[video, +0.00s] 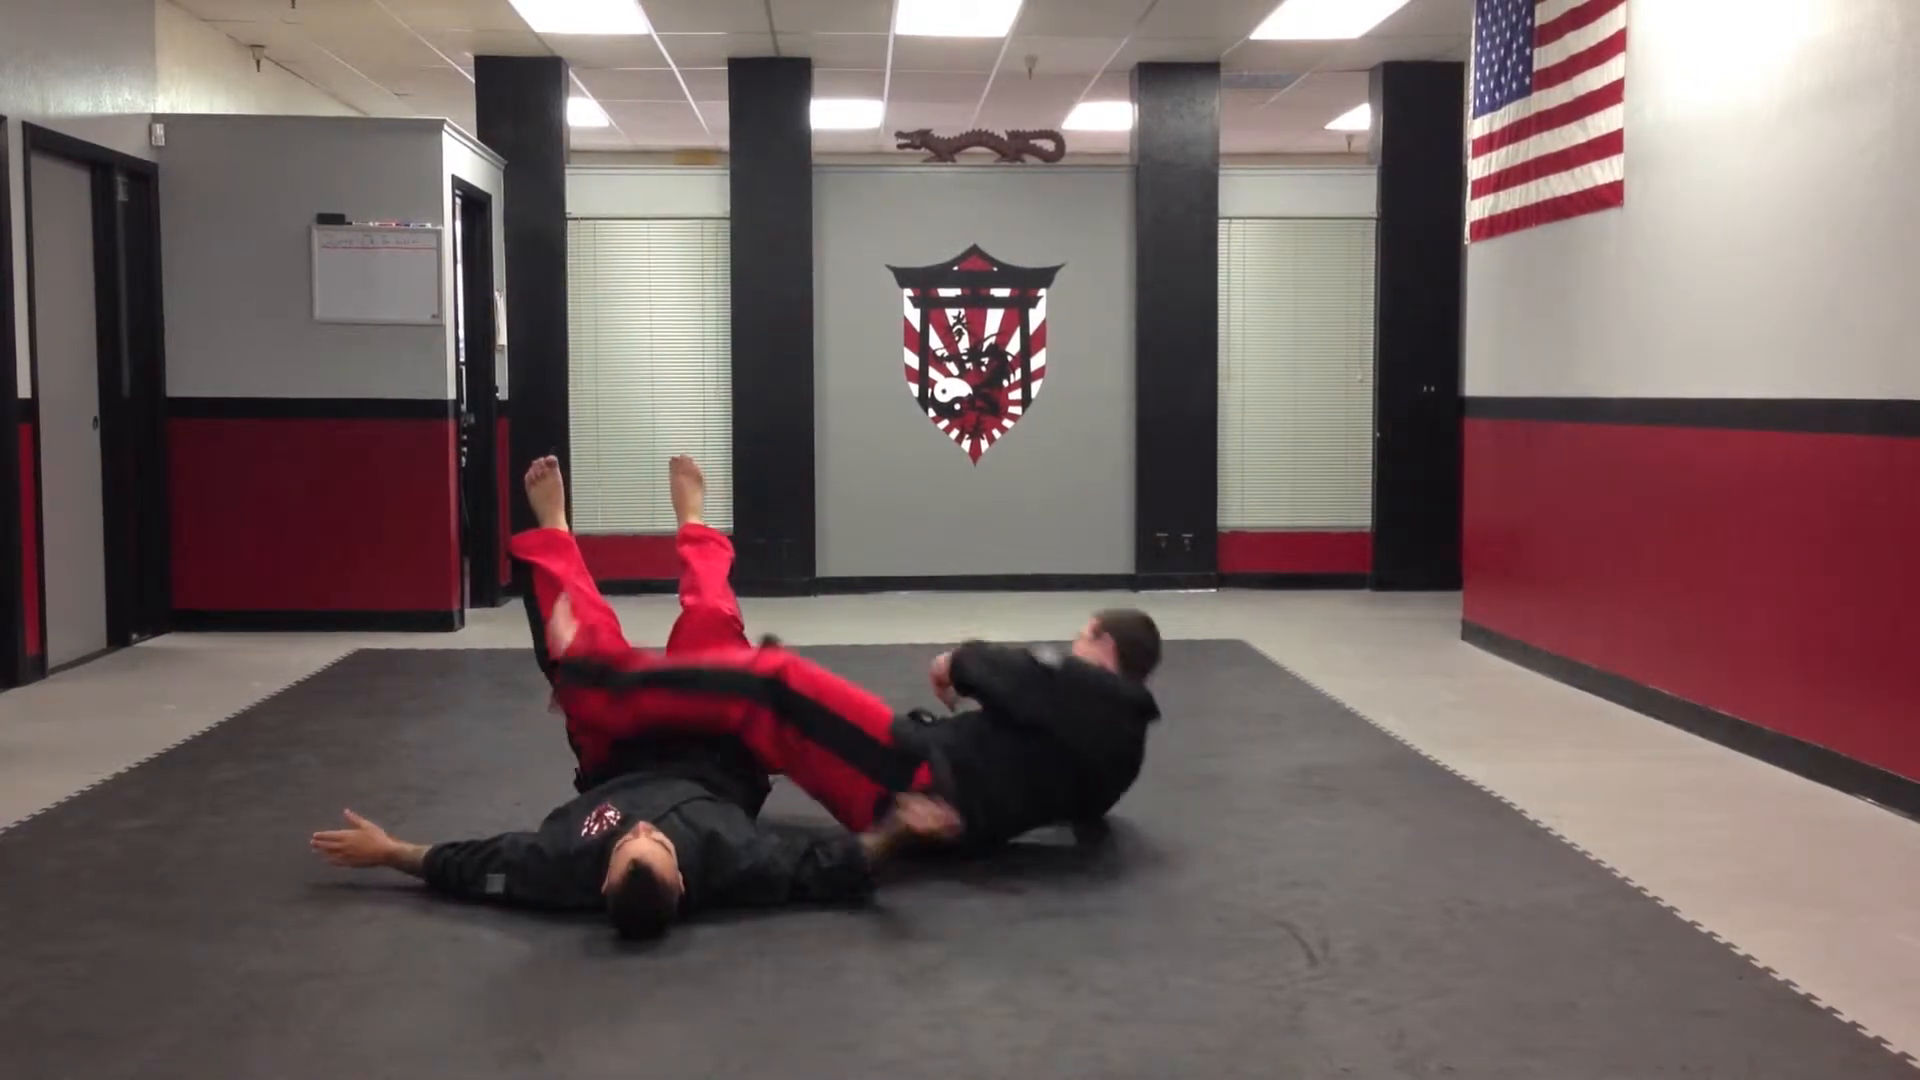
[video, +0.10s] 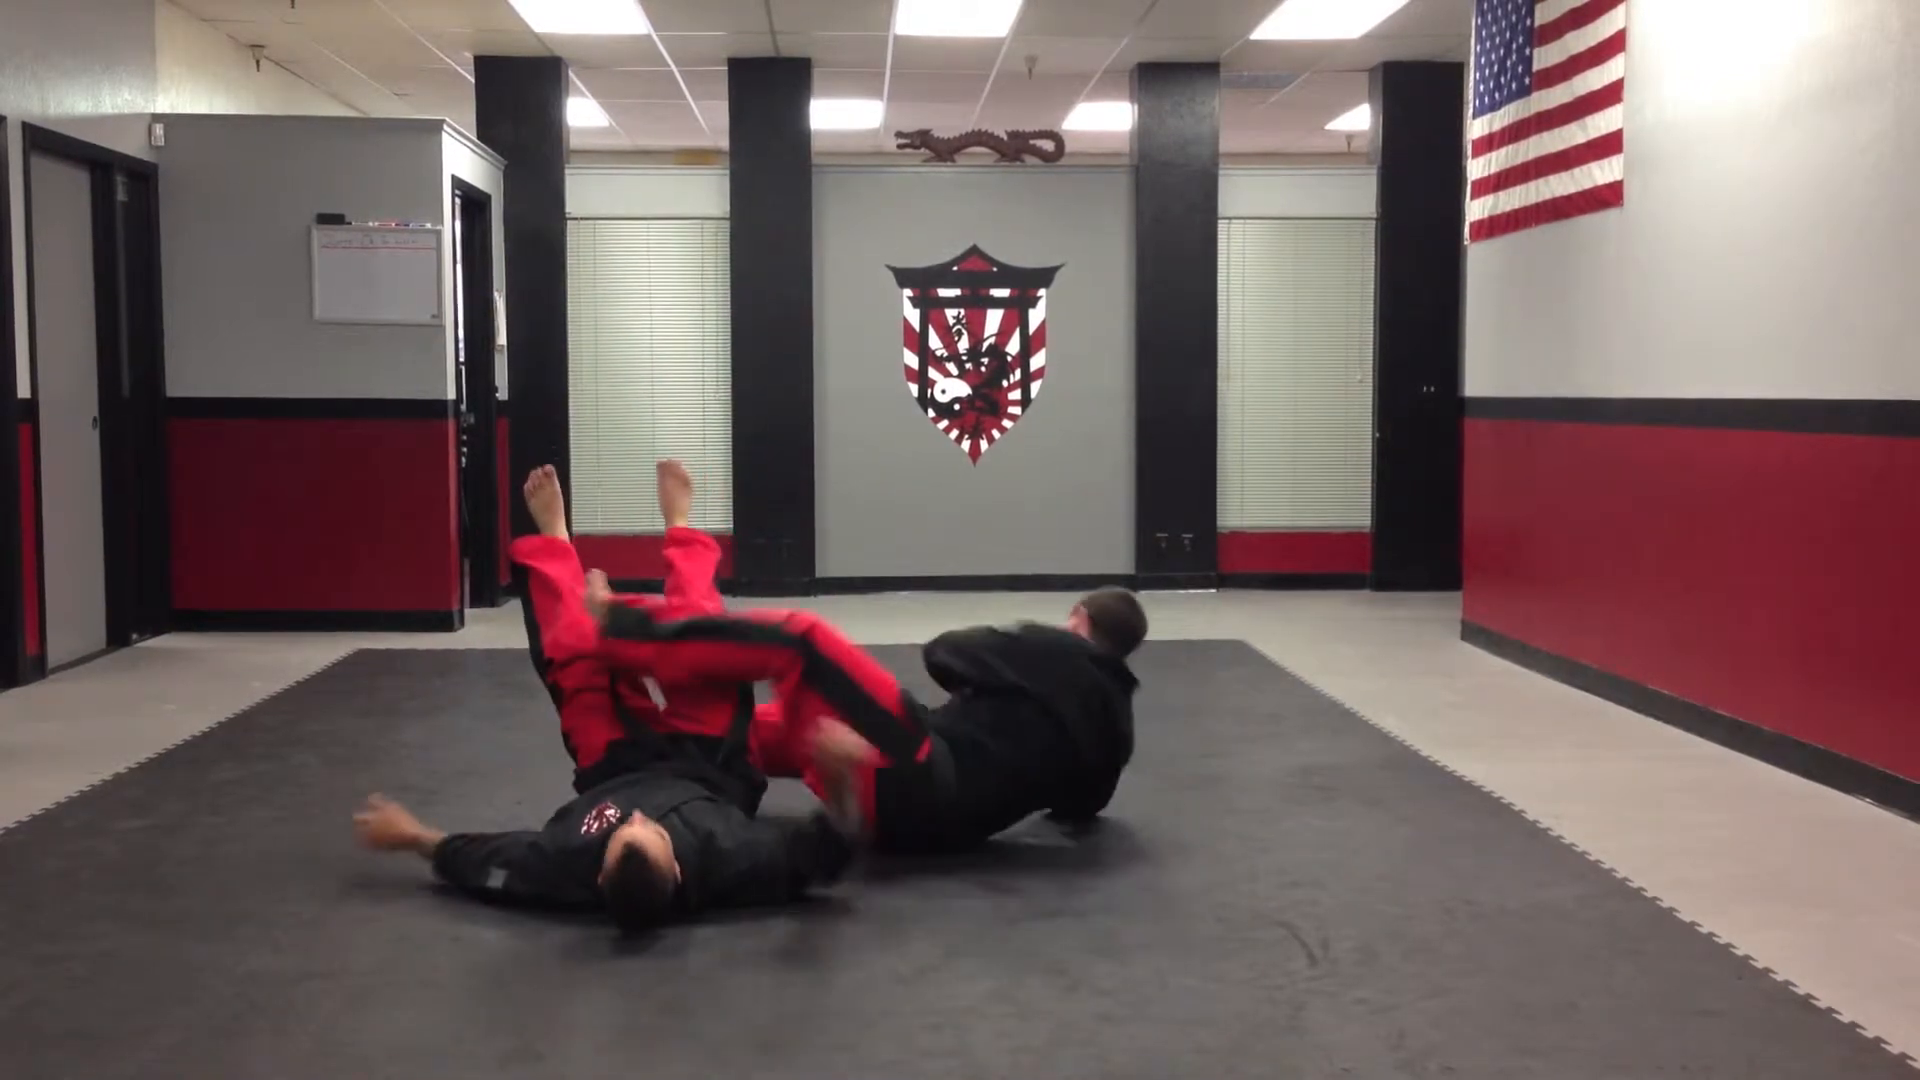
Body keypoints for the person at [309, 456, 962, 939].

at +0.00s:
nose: (644, 844)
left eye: (627, 853)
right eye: (659, 855)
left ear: (604, 871)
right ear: (678, 880)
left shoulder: (553, 867)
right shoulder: (731, 856)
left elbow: (467, 864)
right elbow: (831, 862)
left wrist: (389, 850)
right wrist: (895, 830)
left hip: (606, 767)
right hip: (714, 760)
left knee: (578, 655)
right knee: (712, 629)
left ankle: (551, 535)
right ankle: (699, 529)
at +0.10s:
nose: (627, 828)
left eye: (614, 842)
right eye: (645, 844)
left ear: (600, 860)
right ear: (673, 866)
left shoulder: (557, 868)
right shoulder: (731, 863)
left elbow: (477, 858)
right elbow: (822, 850)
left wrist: (419, 839)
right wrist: (838, 785)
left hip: (613, 773)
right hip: (705, 763)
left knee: (570, 659)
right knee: (700, 641)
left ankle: (551, 541)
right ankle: (682, 530)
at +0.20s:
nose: (617, 803)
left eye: (602, 816)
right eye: (635, 815)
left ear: (590, 834)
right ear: (667, 840)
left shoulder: (553, 860)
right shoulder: (724, 846)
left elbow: (499, 846)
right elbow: (806, 798)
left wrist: (461, 819)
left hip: (611, 767)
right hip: (703, 760)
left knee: (573, 656)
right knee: (683, 638)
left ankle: (554, 565)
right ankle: (661, 551)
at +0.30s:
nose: (624, 746)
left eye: (608, 752)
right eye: (629, 752)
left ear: (588, 802)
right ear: (655, 790)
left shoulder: (559, 851)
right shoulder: (719, 818)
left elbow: (517, 843)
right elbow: (759, 715)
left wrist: (507, 801)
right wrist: (707, 644)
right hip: (702, 753)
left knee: (569, 674)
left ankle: (550, 612)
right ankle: (635, 579)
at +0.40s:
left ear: (574, 760)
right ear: (635, 730)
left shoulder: (560, 837)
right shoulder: (705, 769)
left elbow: (527, 866)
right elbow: (713, 688)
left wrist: (536, 804)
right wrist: (679, 631)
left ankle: (546, 662)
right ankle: (620, 619)